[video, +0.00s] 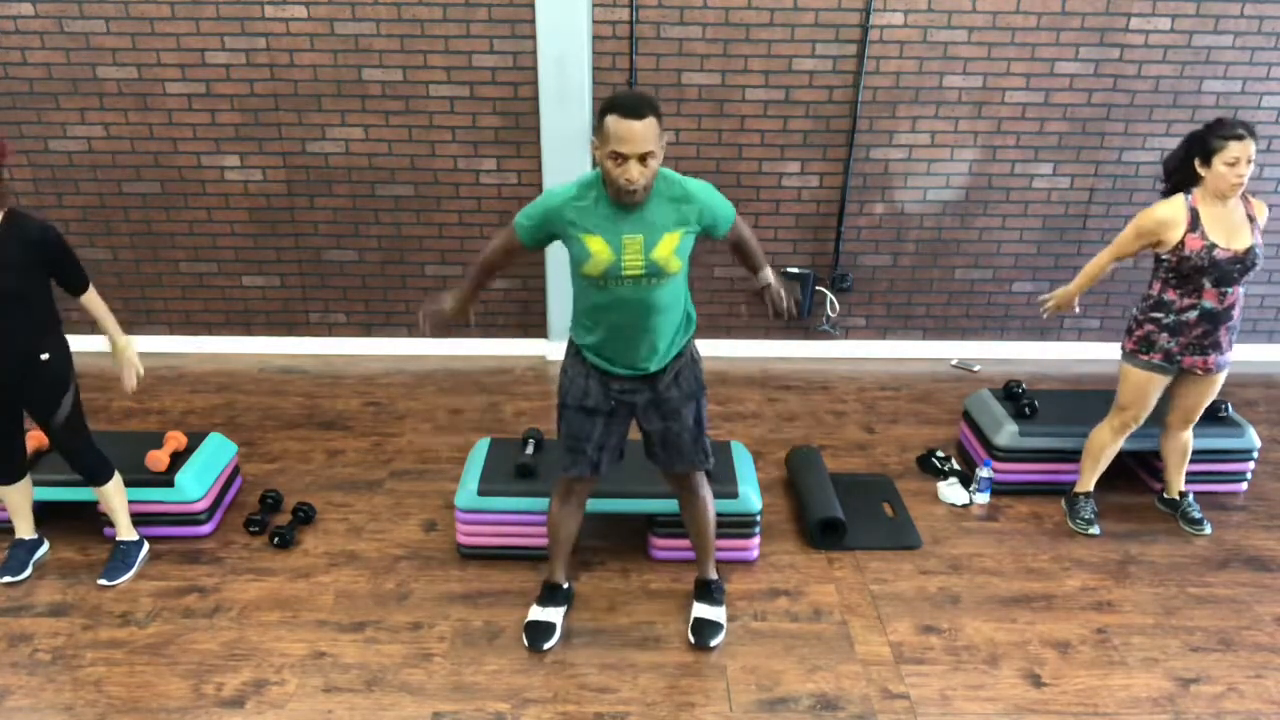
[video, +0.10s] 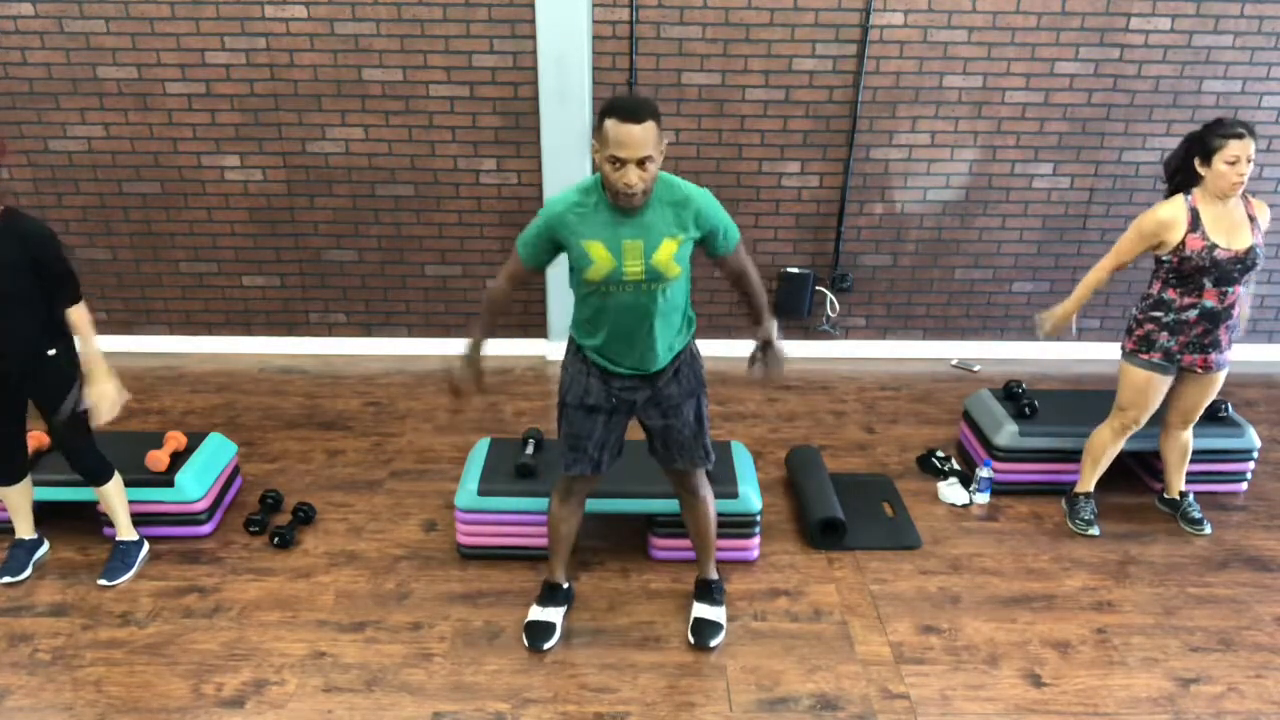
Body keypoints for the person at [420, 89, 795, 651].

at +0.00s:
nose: (632, 173)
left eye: (645, 159)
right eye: (618, 158)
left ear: (663, 150)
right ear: (596, 150)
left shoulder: (693, 200)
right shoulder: (563, 207)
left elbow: (737, 232)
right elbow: (504, 249)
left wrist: (765, 275)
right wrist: (460, 297)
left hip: (671, 366)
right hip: (593, 367)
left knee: (687, 476)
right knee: (574, 480)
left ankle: (709, 582)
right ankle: (556, 586)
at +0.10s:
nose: (631, 178)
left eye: (644, 163)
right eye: (617, 163)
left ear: (662, 153)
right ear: (596, 155)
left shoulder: (693, 205)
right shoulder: (564, 214)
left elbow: (739, 263)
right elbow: (506, 280)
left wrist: (767, 328)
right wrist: (473, 347)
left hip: (671, 366)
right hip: (593, 367)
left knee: (690, 478)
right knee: (573, 481)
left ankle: (709, 583)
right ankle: (556, 587)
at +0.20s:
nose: (630, 194)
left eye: (643, 179)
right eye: (616, 179)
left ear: (660, 168)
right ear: (596, 170)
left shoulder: (690, 219)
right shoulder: (564, 229)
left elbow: (731, 303)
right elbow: (524, 314)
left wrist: (752, 377)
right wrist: (502, 411)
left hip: (671, 364)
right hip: (593, 365)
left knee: (691, 477)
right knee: (574, 479)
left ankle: (709, 582)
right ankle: (555, 585)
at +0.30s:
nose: (629, 237)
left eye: (640, 220)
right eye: (615, 221)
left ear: (658, 205)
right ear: (596, 208)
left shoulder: (690, 251)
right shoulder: (567, 259)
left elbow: (721, 352)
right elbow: (542, 357)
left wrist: (726, 453)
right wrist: (536, 457)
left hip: (671, 367)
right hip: (592, 367)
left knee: (697, 485)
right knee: (563, 489)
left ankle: (708, 583)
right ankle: (555, 585)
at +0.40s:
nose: (630, 301)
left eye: (641, 285)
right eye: (617, 285)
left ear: (658, 268)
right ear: (598, 270)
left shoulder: (689, 300)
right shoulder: (571, 313)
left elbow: (713, 398)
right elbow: (554, 407)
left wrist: (707, 477)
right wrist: (561, 474)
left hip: (667, 393)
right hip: (595, 396)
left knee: (704, 496)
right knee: (558, 497)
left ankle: (710, 586)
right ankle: (554, 587)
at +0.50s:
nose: (629, 361)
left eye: (641, 345)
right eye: (616, 345)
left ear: (656, 327)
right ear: (599, 327)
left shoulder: (685, 350)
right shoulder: (571, 365)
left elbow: (710, 448)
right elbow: (556, 464)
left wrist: (703, 488)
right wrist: (570, 485)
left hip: (665, 427)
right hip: (596, 428)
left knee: (706, 506)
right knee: (553, 510)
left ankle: (709, 589)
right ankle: (554, 591)